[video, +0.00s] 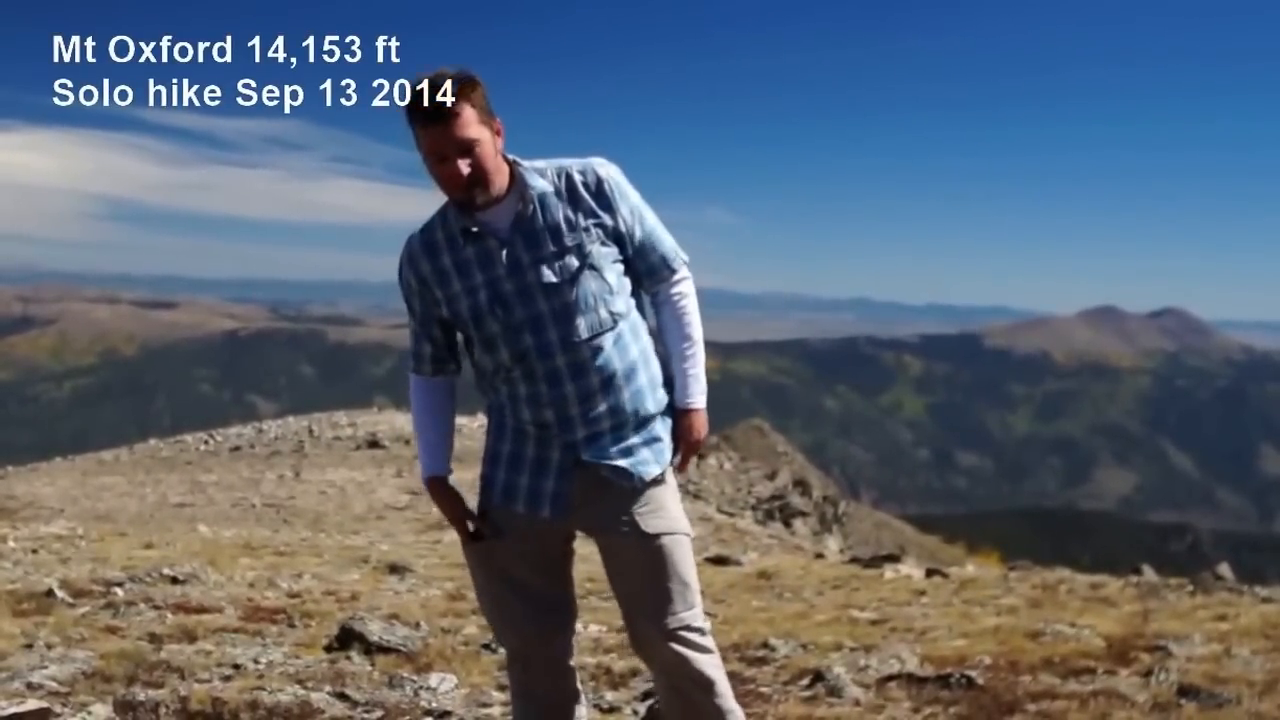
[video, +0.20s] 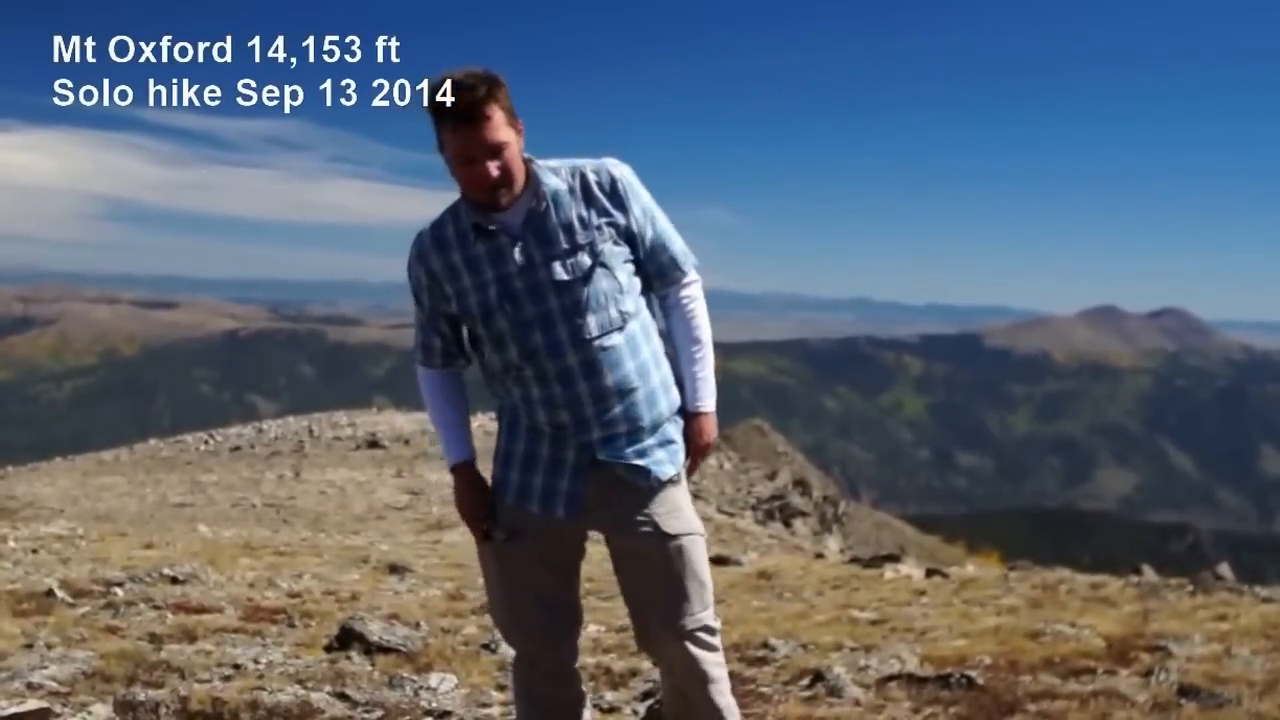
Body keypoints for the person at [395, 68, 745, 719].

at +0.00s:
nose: (457, 168)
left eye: (465, 148)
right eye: (439, 159)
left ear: (496, 132)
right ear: (422, 162)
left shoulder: (591, 186)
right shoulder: (428, 257)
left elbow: (670, 279)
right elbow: (431, 371)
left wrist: (691, 401)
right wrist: (435, 475)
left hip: (627, 442)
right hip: (520, 460)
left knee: (675, 637)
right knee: (533, 657)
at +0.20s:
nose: (487, 171)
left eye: (496, 152)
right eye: (468, 160)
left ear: (520, 134)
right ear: (444, 158)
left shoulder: (606, 187)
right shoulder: (436, 255)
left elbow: (679, 285)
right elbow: (438, 367)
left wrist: (700, 406)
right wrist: (462, 468)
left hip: (641, 445)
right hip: (530, 460)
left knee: (686, 640)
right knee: (540, 656)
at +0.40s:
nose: (541, 160)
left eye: (551, 142)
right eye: (524, 148)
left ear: (571, 128)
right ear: (495, 145)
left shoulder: (647, 192)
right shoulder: (473, 242)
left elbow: (708, 294)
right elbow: (457, 350)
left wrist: (724, 413)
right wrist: (449, 447)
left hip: (664, 454)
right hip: (553, 466)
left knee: (717, 645)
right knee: (546, 659)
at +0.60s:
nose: (627, 182)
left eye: (635, 165)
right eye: (611, 169)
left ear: (650, 146)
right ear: (574, 157)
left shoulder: (713, 212)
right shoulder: (532, 249)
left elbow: (760, 322)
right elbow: (488, 361)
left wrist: (770, 441)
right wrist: (439, 461)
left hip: (706, 470)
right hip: (594, 475)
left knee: (743, 662)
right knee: (562, 660)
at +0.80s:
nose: (702, 175)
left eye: (711, 158)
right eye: (686, 162)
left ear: (725, 139)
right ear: (648, 147)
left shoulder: (778, 203)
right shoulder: (599, 228)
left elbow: (819, 312)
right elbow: (559, 331)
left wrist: (824, 427)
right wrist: (501, 414)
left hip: (761, 464)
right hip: (649, 465)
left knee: (772, 665)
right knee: (598, 654)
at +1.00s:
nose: (750, 187)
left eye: (758, 171)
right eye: (735, 173)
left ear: (769, 155)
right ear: (696, 158)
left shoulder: (816, 223)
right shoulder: (641, 238)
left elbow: (856, 339)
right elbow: (598, 349)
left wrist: (877, 449)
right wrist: (553, 446)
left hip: (788, 481)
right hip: (676, 482)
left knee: (791, 671)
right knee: (631, 660)